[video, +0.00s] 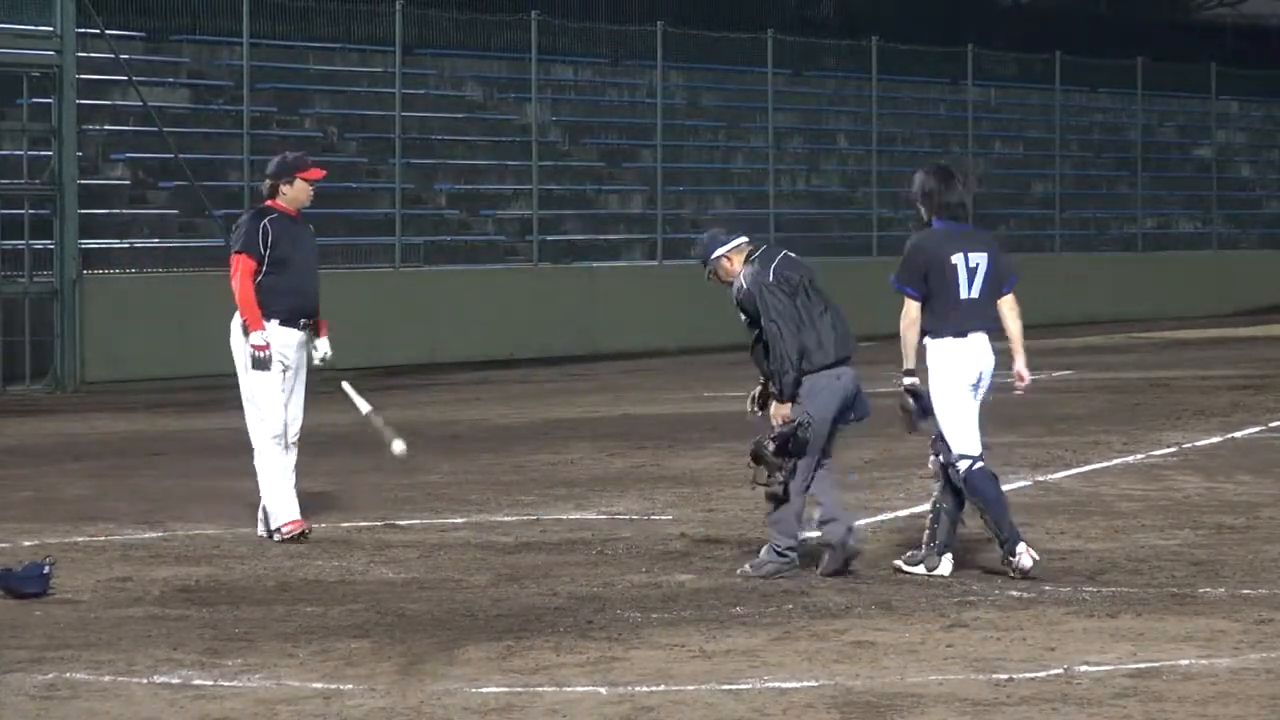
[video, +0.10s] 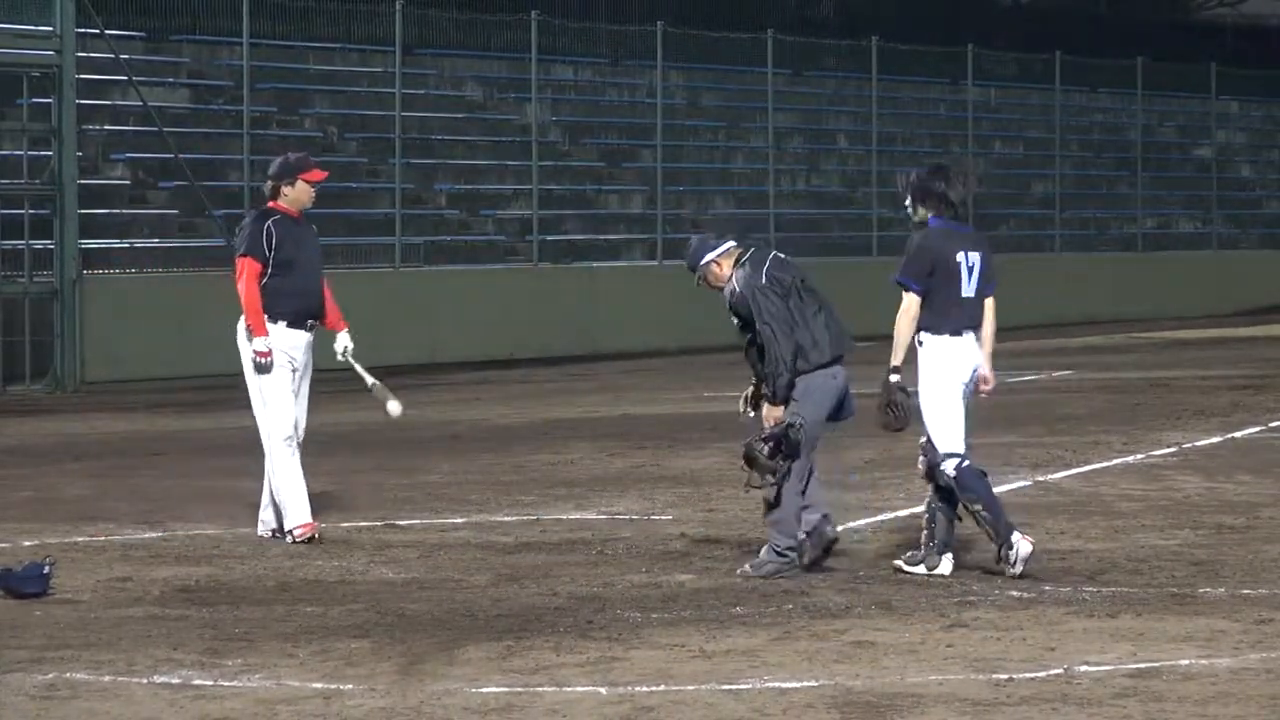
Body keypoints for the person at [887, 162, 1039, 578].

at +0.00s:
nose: (916, 205)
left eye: (918, 198)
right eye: (918, 198)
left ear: (926, 203)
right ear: (961, 199)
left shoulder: (922, 246)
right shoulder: (988, 243)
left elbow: (911, 313)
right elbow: (1008, 305)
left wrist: (908, 369)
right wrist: (1019, 356)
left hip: (944, 355)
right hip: (982, 352)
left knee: (965, 456)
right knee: (952, 452)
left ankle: (1015, 546)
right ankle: (936, 550)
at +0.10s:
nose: (910, 205)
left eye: (914, 198)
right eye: (912, 197)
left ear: (926, 201)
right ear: (953, 199)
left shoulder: (926, 242)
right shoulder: (977, 241)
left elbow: (909, 308)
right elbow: (987, 306)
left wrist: (894, 368)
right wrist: (986, 359)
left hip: (937, 349)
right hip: (969, 347)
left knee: (948, 454)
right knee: (943, 451)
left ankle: (1008, 539)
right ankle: (936, 550)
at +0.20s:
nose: (899, 206)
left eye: (902, 199)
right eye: (898, 199)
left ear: (919, 199)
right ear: (931, 197)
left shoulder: (931, 238)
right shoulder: (954, 234)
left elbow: (919, 306)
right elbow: (945, 302)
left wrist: (897, 366)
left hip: (932, 349)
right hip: (950, 347)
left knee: (938, 455)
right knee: (927, 453)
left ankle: (1008, 535)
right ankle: (935, 551)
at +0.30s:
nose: (893, 207)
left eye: (898, 200)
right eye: (891, 200)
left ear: (921, 198)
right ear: (915, 199)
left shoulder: (939, 236)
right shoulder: (924, 236)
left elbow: (935, 299)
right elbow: (917, 300)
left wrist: (915, 360)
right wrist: (907, 355)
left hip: (937, 346)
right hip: (921, 343)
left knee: (929, 455)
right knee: (922, 452)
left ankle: (1004, 533)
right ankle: (936, 550)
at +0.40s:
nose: (887, 210)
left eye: (892, 202)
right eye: (884, 203)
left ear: (914, 200)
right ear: (894, 204)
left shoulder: (937, 237)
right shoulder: (910, 241)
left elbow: (946, 306)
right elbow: (908, 309)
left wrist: (932, 372)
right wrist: (898, 363)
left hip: (933, 350)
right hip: (907, 350)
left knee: (922, 454)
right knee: (915, 452)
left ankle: (989, 537)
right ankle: (933, 547)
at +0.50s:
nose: (879, 214)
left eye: (885, 205)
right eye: (876, 206)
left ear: (908, 203)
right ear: (884, 208)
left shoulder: (936, 243)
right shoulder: (894, 248)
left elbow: (956, 308)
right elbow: (884, 315)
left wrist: (952, 371)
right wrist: (884, 372)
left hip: (933, 353)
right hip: (901, 355)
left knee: (926, 453)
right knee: (915, 454)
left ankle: (967, 544)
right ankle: (933, 548)